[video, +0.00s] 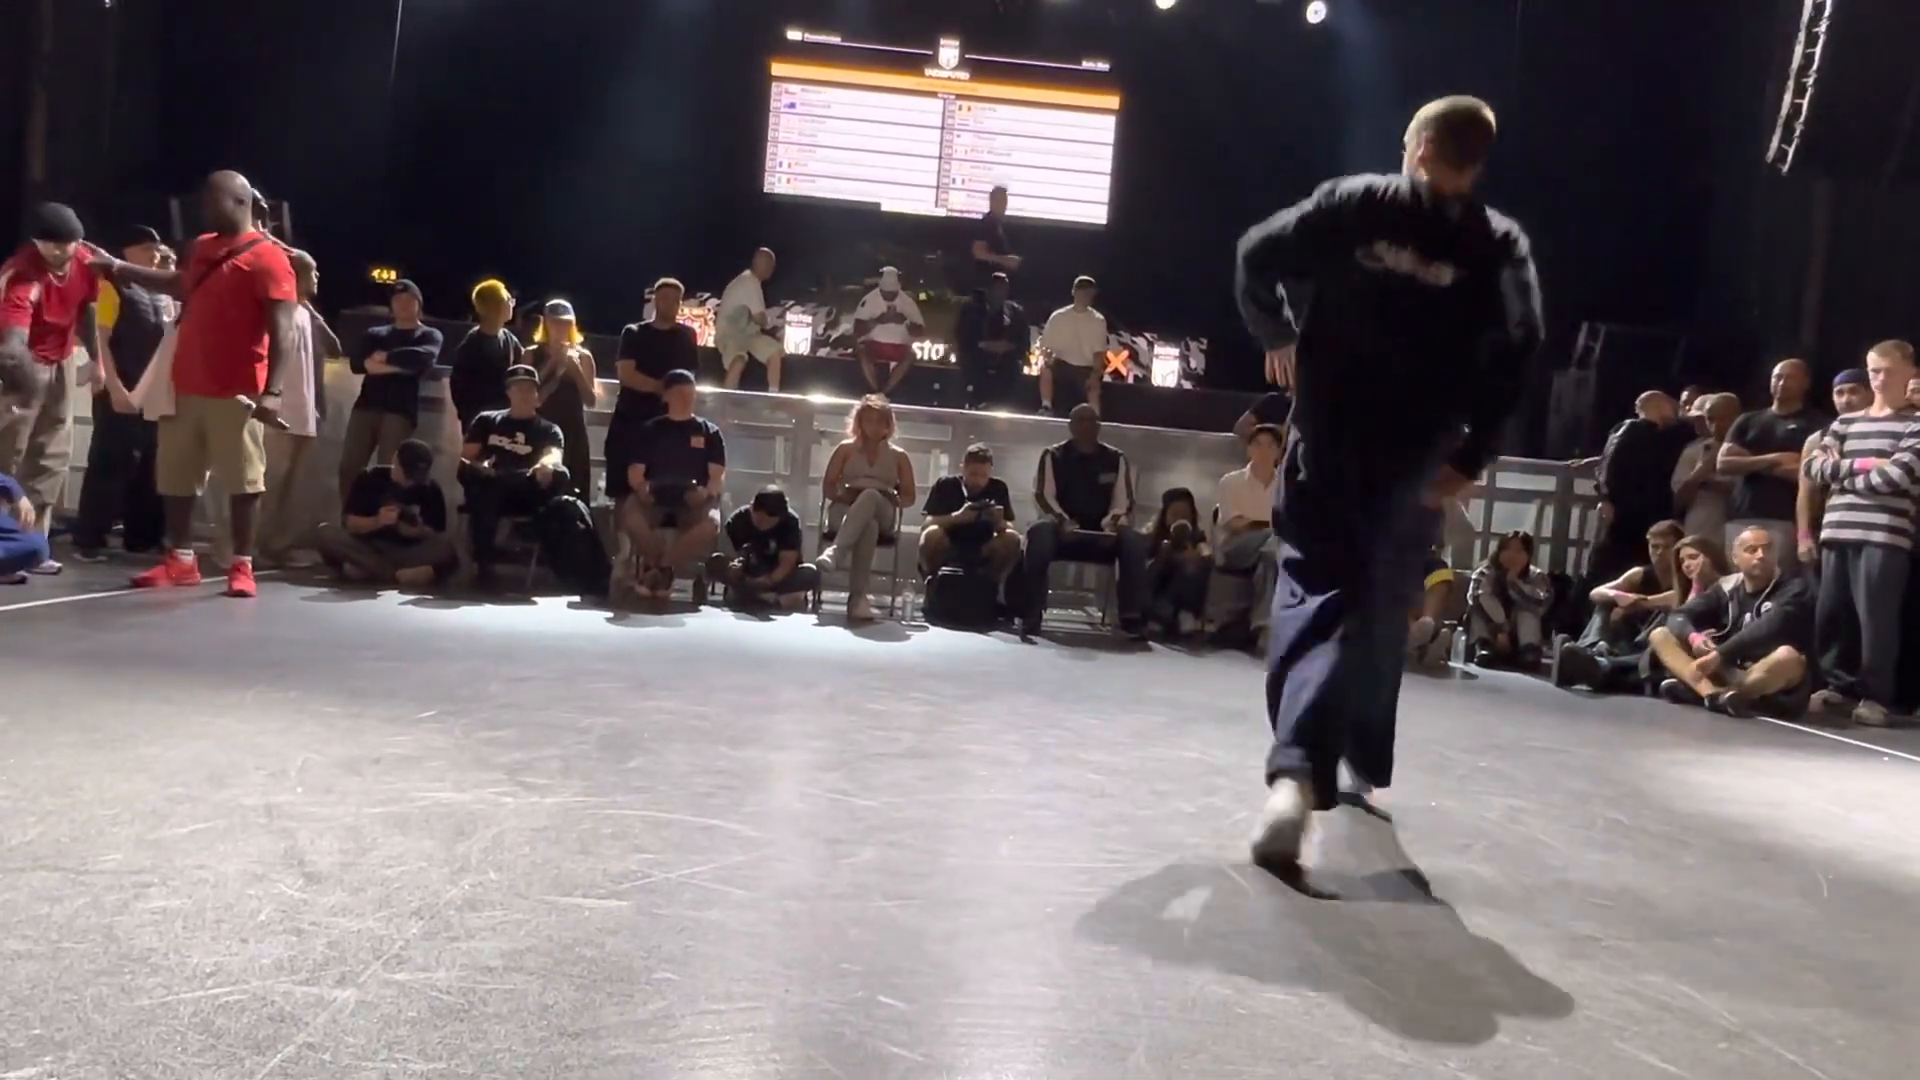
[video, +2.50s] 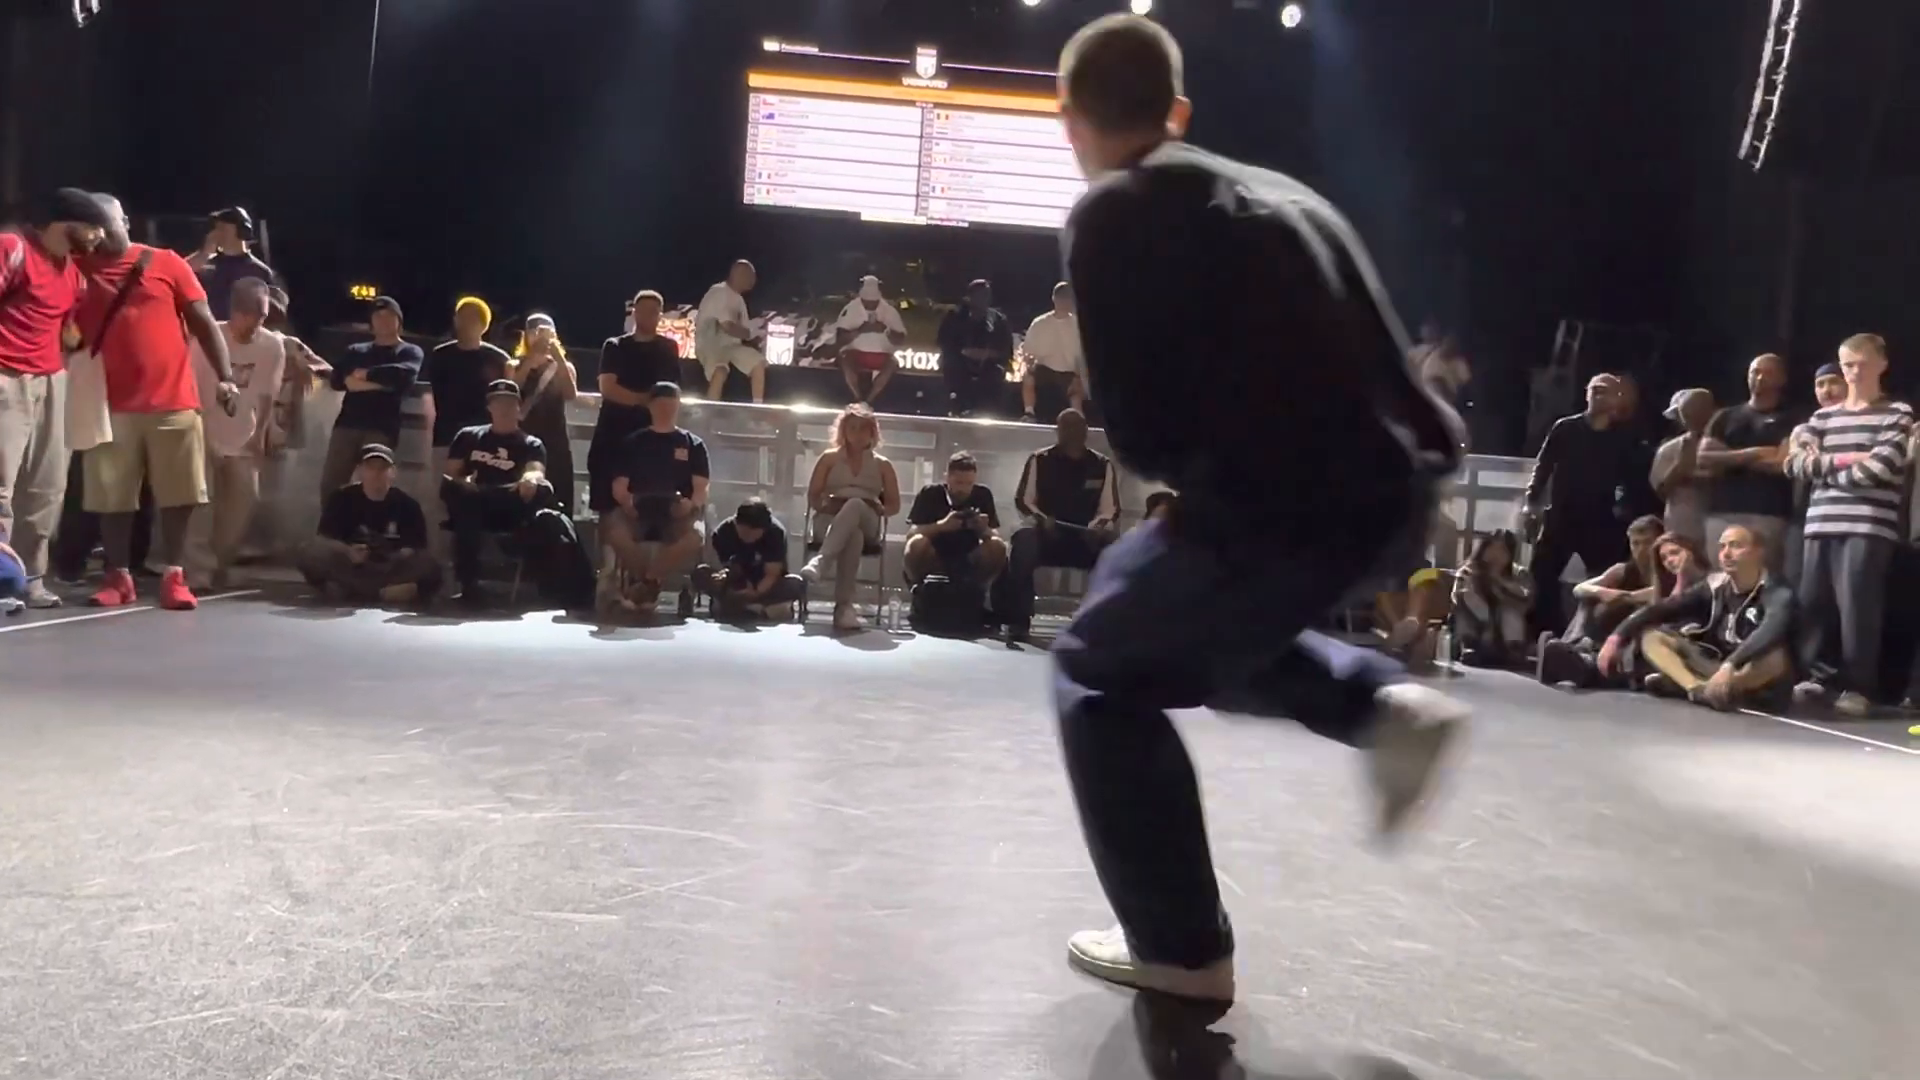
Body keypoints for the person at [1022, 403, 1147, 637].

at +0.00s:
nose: (1086, 427)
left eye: (1091, 421)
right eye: (1080, 421)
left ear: (1099, 425)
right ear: (1070, 425)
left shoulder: (1116, 458)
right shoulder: (1053, 455)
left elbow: (1122, 501)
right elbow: (1045, 496)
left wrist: (1113, 519)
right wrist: (1062, 520)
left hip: (1102, 536)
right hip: (1066, 533)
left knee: (1132, 539)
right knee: (1039, 532)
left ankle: (1132, 618)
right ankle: (1032, 616)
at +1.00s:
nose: (1087, 429)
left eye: (1093, 423)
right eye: (1081, 423)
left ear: (1102, 428)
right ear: (1071, 428)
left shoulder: (1118, 462)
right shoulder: (1053, 457)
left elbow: (1123, 503)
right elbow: (1037, 500)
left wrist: (1114, 519)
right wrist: (1053, 486)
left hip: (1099, 535)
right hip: (1062, 533)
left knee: (1132, 541)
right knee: (1040, 536)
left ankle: (1132, 619)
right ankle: (1031, 619)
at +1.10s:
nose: (1088, 429)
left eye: (1093, 423)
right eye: (1082, 423)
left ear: (1102, 428)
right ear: (1072, 428)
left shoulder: (1119, 462)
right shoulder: (1056, 454)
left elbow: (1123, 502)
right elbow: (1037, 495)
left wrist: (1115, 519)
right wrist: (1054, 463)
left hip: (1099, 535)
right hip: (1062, 533)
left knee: (1132, 541)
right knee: (1042, 534)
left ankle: (1132, 619)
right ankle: (1032, 619)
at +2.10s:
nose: (1081, 433)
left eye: (1087, 427)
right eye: (1075, 427)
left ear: (1095, 432)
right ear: (1066, 430)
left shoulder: (1112, 465)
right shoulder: (1047, 457)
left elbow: (1116, 508)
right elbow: (1029, 501)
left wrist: (1105, 524)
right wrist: (1041, 484)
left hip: (1090, 537)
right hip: (1053, 535)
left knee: (1123, 543)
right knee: (1033, 538)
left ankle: (1123, 621)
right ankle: (1023, 621)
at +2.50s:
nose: (1072, 436)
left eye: (1077, 430)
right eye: (1066, 430)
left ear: (1086, 432)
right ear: (1057, 432)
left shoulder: (1102, 465)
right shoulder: (1038, 460)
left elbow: (1109, 508)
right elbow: (1024, 500)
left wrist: (1100, 522)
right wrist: (1040, 518)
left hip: (1085, 536)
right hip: (1049, 534)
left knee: (1112, 544)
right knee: (1023, 539)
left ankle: (1104, 626)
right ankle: (1019, 622)